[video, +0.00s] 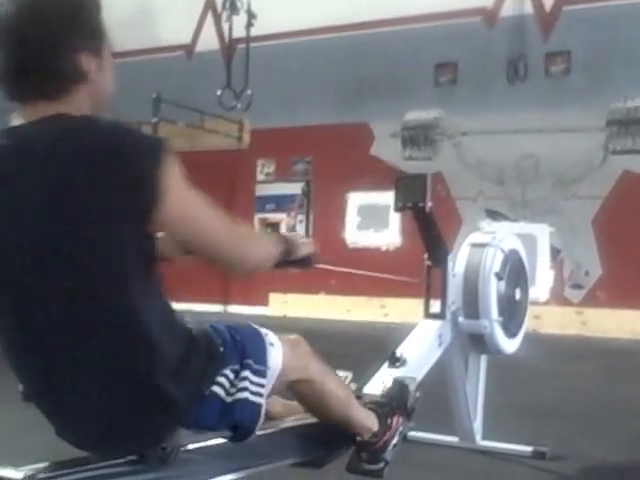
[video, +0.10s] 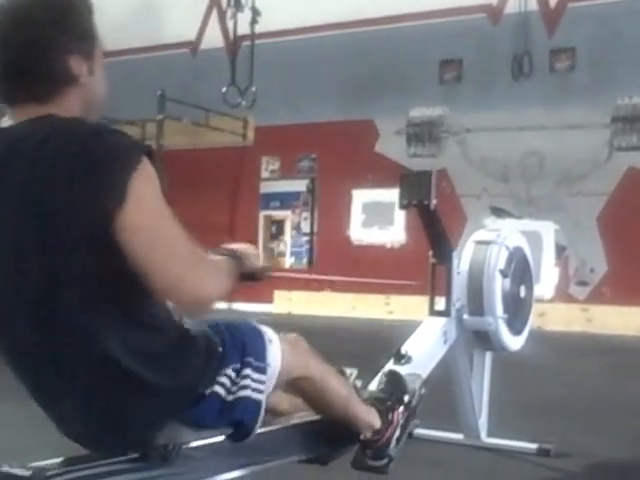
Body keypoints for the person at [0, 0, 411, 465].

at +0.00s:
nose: (113, 75)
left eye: (111, 62)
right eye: (109, 61)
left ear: (14, 70)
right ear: (88, 64)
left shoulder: (5, 156)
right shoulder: (125, 154)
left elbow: (71, 255)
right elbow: (248, 256)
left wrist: (174, 244)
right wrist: (280, 241)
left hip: (64, 404)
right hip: (150, 382)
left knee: (263, 399)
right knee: (297, 356)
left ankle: (334, 407)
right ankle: (371, 429)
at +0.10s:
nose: (105, 78)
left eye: (102, 62)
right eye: (101, 62)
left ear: (8, 70)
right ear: (79, 64)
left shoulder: (6, 153)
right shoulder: (105, 155)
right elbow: (193, 287)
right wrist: (235, 260)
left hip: (77, 406)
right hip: (151, 381)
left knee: (276, 398)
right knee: (295, 353)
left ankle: (349, 417)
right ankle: (373, 426)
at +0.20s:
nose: (125, 73)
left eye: (123, 58)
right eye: (121, 57)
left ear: (28, 70)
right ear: (99, 63)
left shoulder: (10, 150)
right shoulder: (116, 150)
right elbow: (134, 287)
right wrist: (194, 261)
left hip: (76, 392)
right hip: (148, 377)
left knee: (248, 362)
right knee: (303, 335)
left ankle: (315, 415)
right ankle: (377, 424)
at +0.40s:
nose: (201, 70)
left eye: (197, 54)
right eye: (195, 54)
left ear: (111, 68)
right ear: (176, 61)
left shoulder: (68, 151)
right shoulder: (197, 143)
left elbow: (20, 236)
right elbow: (268, 268)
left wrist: (97, 253)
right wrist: (287, 248)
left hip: (127, 387)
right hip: (204, 376)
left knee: (258, 290)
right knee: (330, 291)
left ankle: (319, 408)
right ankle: (384, 412)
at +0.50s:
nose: (241, 72)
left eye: (236, 58)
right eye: (235, 58)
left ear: (162, 73)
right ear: (217, 68)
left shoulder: (126, 145)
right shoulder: (250, 148)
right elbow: (342, 262)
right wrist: (345, 228)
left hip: (155, 376)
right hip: (228, 375)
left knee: (278, 273)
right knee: (353, 281)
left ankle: (321, 405)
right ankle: (394, 413)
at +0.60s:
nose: (281, 83)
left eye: (277, 71)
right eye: (276, 71)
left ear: (203, 82)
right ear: (261, 78)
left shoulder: (173, 150)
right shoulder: (292, 151)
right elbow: (386, 247)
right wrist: (397, 225)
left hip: (187, 366)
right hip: (263, 368)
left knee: (298, 260)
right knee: (372, 258)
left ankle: (343, 378)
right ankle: (399, 410)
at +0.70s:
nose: (314, 83)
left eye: (310, 72)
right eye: (310, 73)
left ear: (242, 86)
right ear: (298, 83)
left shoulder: (214, 150)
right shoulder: (327, 153)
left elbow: (192, 254)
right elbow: (417, 236)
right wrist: (439, 227)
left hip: (221, 362)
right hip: (299, 363)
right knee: (389, 247)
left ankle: (360, 373)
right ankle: (401, 406)